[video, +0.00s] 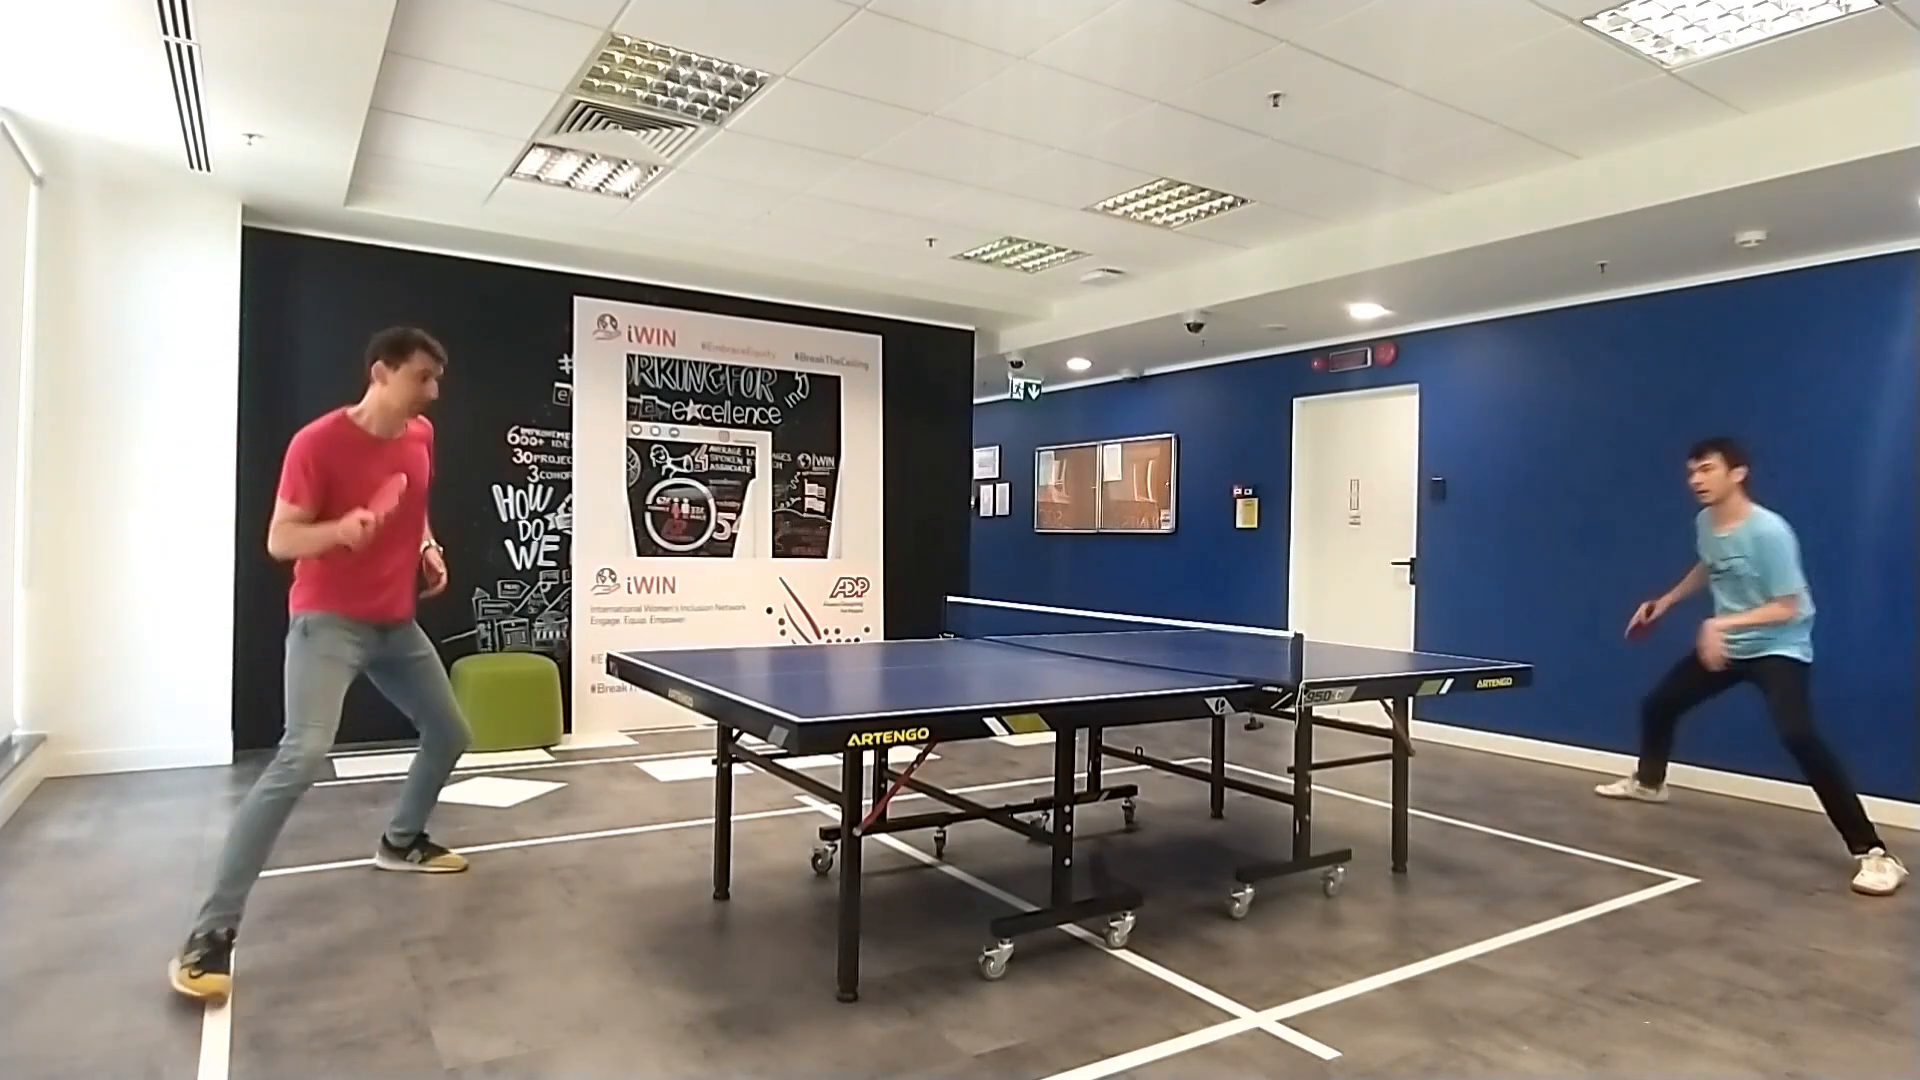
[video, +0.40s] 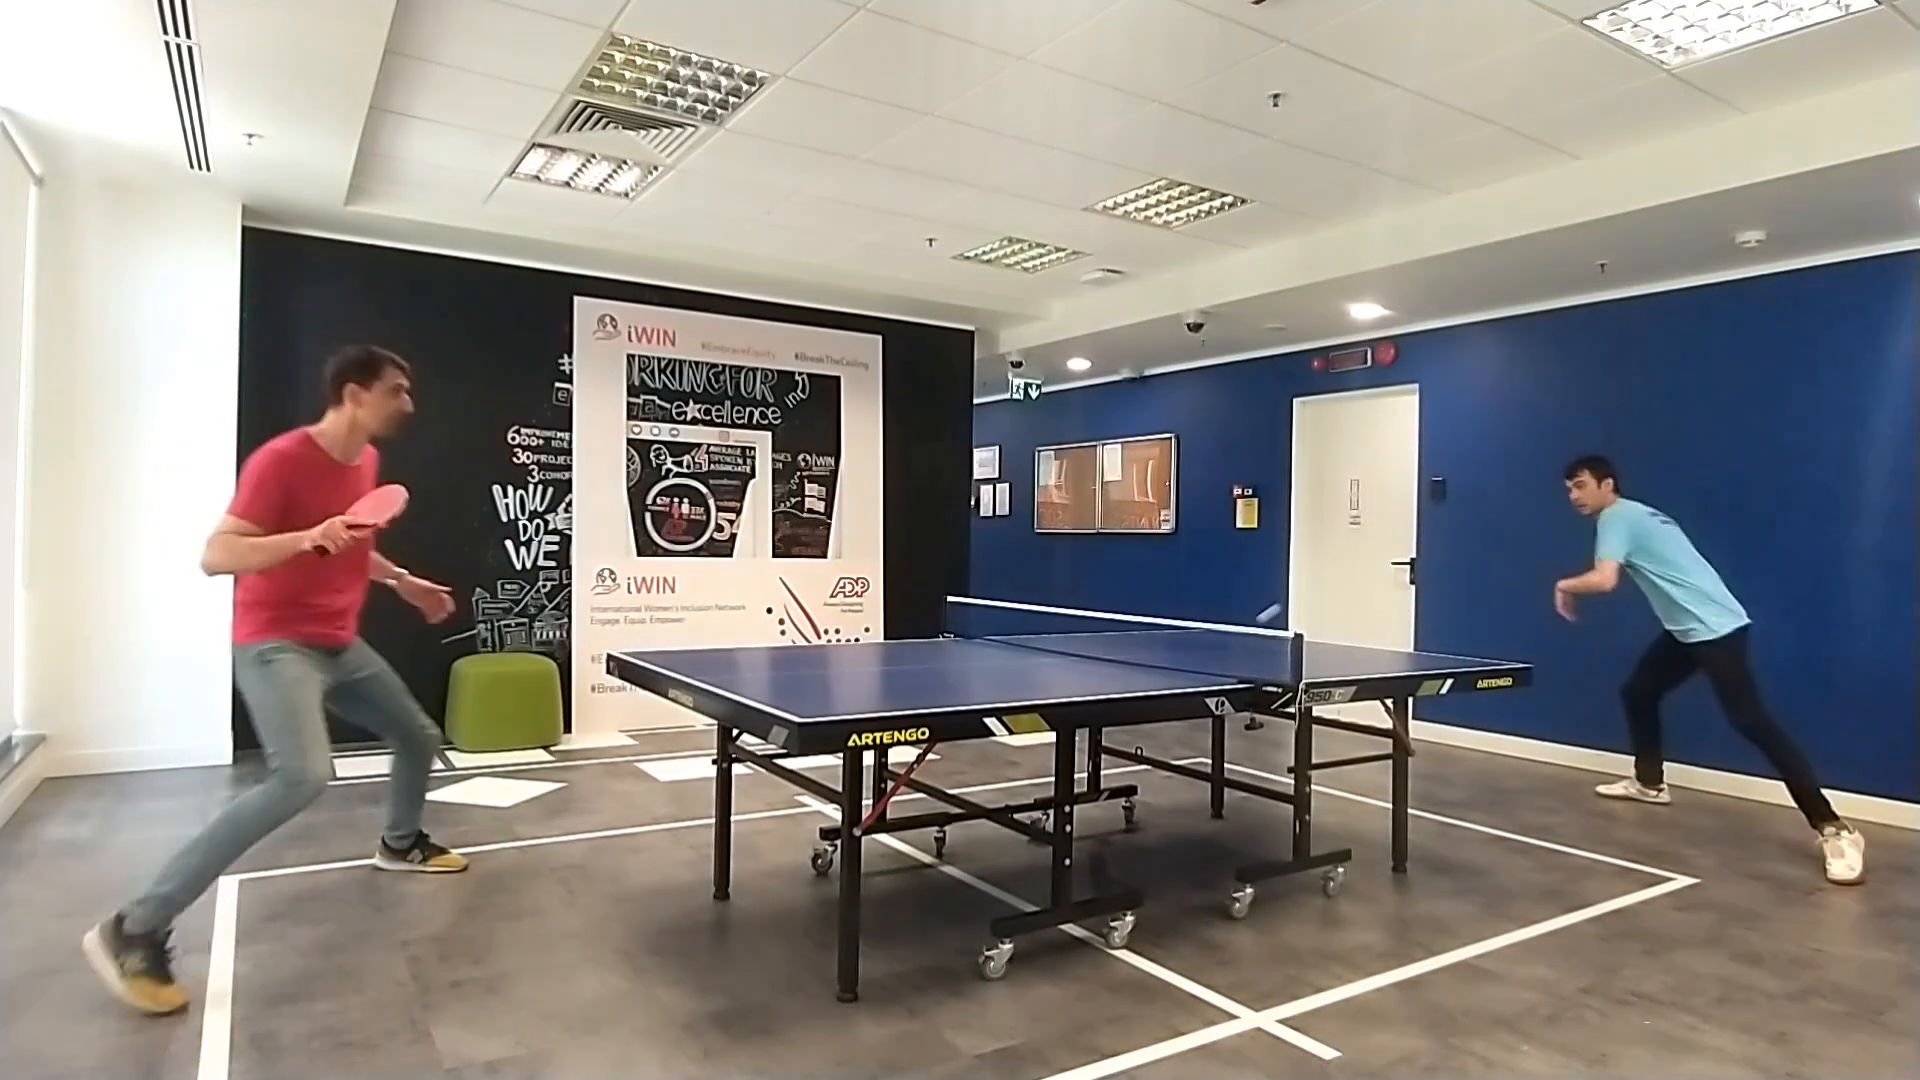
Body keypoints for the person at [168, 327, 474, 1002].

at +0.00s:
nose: (431, 392)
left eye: (435, 382)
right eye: (423, 378)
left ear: (423, 386)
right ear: (380, 372)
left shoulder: (420, 437)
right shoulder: (317, 443)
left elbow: (414, 503)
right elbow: (280, 539)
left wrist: (427, 544)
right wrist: (338, 530)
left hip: (394, 625)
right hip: (326, 625)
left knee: (449, 734)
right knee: (303, 758)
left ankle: (404, 836)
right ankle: (215, 931)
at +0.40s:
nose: (407, 405)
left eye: (409, 394)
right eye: (398, 392)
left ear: (366, 398)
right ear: (353, 394)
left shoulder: (366, 465)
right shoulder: (282, 460)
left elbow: (347, 548)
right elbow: (217, 554)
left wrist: (404, 582)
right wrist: (310, 538)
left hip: (338, 644)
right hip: (273, 645)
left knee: (417, 735)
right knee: (302, 775)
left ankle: (403, 841)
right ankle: (135, 928)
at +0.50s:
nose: (372, 385)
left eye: (372, 374)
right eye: (361, 371)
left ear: (325, 380)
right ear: (315, 374)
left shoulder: (313, 446)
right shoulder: (247, 440)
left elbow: (294, 533)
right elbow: (183, 540)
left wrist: (356, 568)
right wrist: (297, 535)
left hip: (281, 639)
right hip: (220, 650)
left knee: (355, 732)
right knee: (252, 807)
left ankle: (387, 841)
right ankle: (99, 963)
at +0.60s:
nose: (335, 350)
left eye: (335, 338)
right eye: (324, 334)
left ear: (286, 344)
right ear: (275, 336)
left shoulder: (276, 420)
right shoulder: (205, 409)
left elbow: (244, 509)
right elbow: (146, 508)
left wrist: (314, 542)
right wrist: (277, 522)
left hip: (230, 621)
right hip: (160, 627)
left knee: (309, 722)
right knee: (207, 789)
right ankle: (93, 961)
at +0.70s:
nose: (297, 324)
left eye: (298, 312)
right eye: (285, 309)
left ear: (251, 319)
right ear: (234, 311)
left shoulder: (245, 401)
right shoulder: (160, 385)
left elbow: (217, 498)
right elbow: (96, 491)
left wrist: (288, 538)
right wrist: (221, 526)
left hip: (187, 613)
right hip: (113, 608)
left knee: (243, 737)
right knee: (154, 779)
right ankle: (35, 960)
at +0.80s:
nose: (268, 339)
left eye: (267, 327)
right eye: (255, 324)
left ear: (217, 335)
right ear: (203, 327)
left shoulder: (205, 418)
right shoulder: (127, 404)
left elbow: (163, 512)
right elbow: (38, 508)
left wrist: (230, 556)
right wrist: (168, 563)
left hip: (133, 633)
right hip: (64, 626)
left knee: (168, 771)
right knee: (73, 812)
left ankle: (53, 888)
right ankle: (6, 906)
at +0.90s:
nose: (247, 381)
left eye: (247, 367)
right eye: (233, 364)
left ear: (189, 373)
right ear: (178, 367)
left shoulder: (168, 458)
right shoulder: (100, 442)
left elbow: (103, 548)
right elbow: (4, 537)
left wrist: (165, 599)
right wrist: (103, 620)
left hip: (84, 665)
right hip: (21, 659)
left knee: (134, 798)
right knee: (56, 829)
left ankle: (27, 917)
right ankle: (11, 924)